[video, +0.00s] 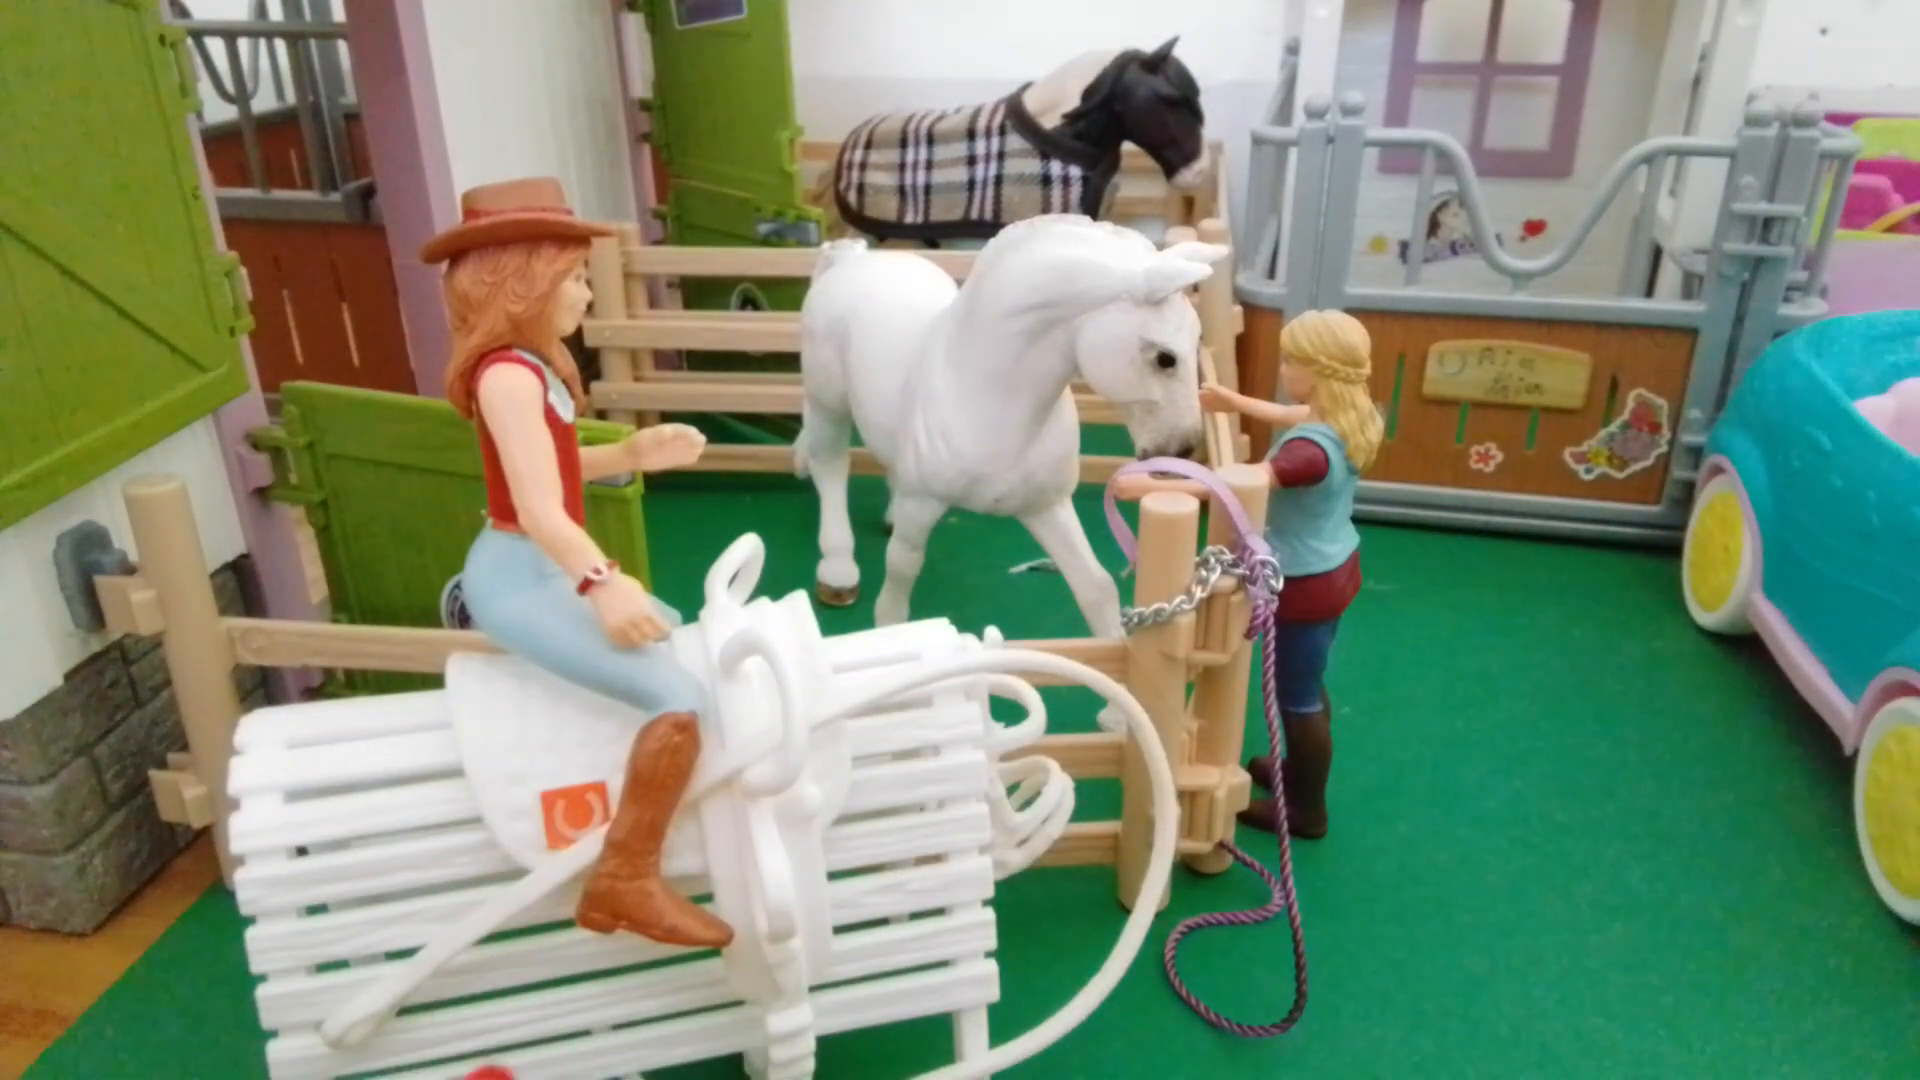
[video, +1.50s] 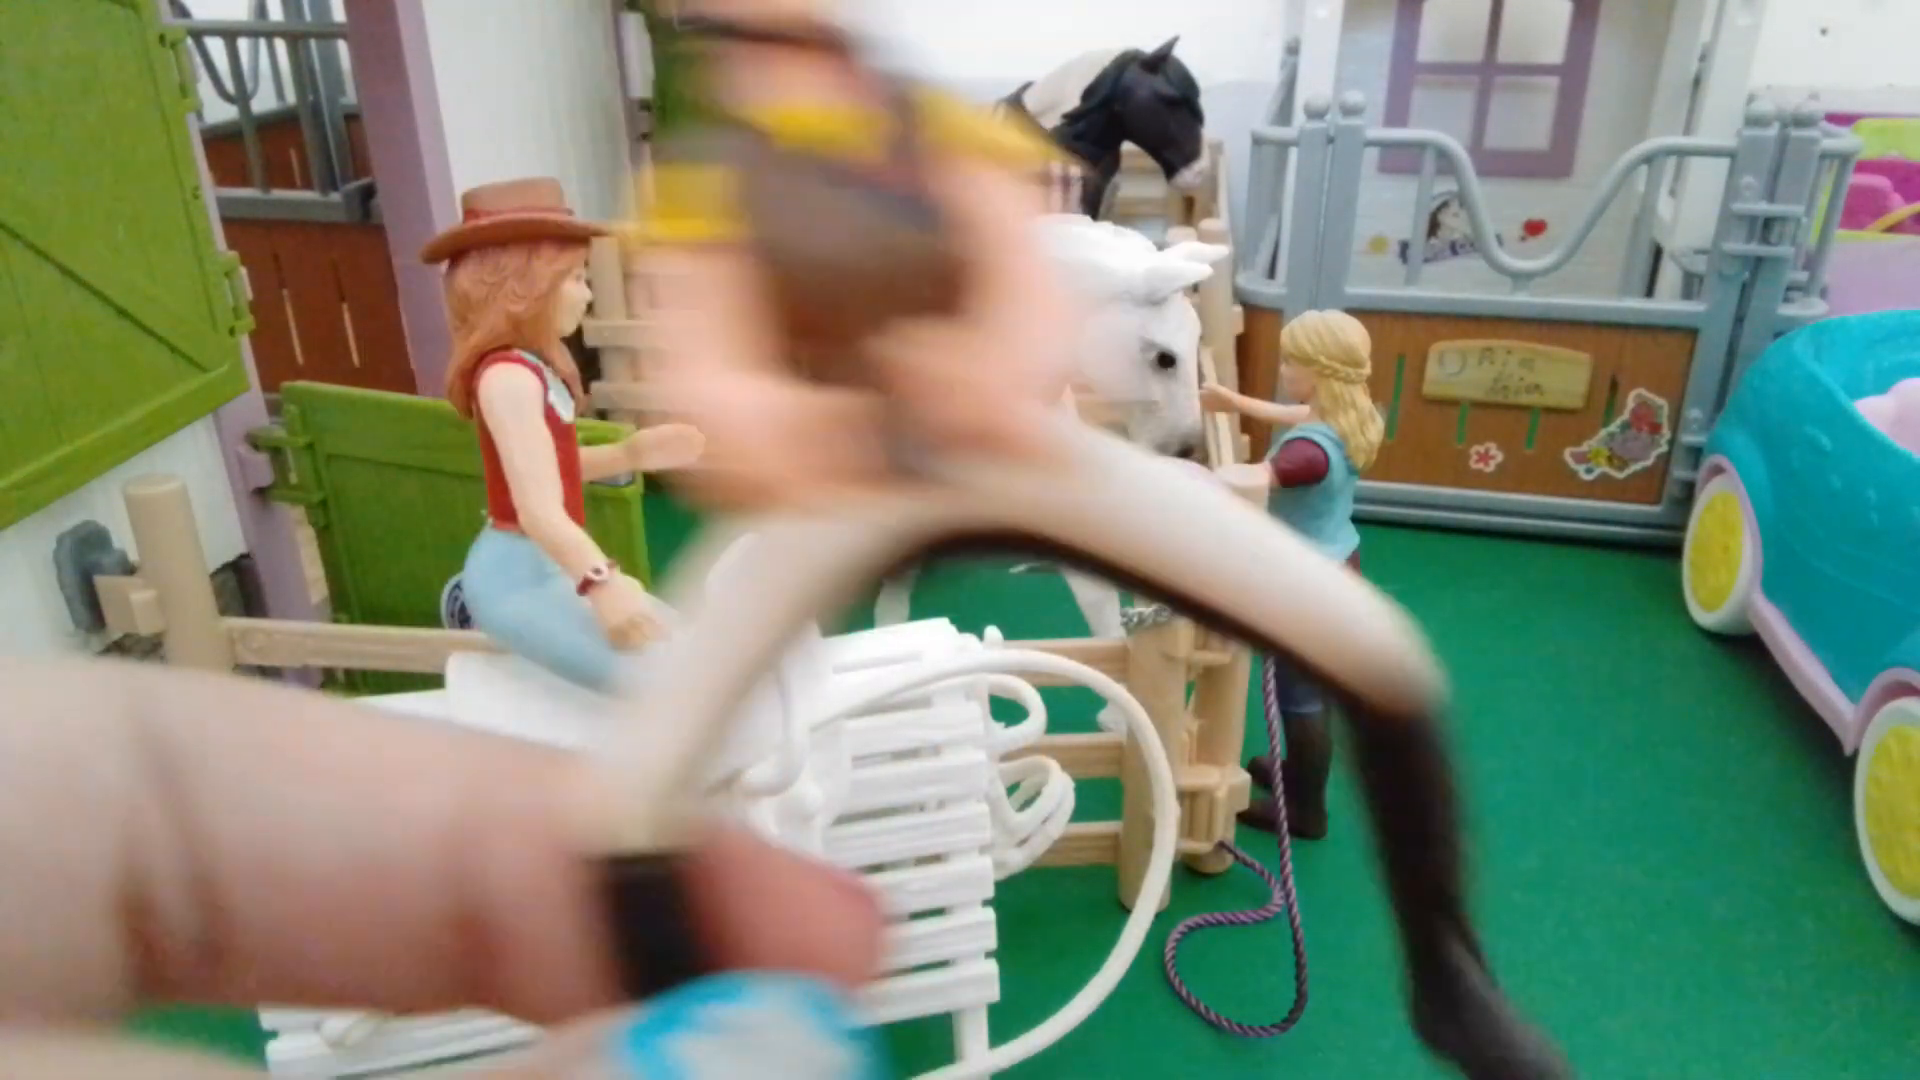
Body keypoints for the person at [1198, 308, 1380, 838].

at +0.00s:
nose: (1282, 370)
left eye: (1289, 361)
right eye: (1284, 360)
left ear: (1318, 372)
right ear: (1337, 372)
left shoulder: (1315, 447)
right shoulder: (1348, 417)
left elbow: (1252, 478)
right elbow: (1288, 416)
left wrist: (1165, 484)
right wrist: (1235, 400)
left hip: (1304, 587)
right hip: (1332, 566)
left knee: (1299, 699)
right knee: (1301, 681)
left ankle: (1304, 811)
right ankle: (1300, 773)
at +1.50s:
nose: (1281, 371)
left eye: (1290, 363)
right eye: (1284, 361)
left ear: (1317, 374)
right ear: (1336, 373)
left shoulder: (1315, 448)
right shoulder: (1346, 419)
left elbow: (1253, 479)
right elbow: (1292, 415)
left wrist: (1193, 479)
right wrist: (1236, 401)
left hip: (1309, 579)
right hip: (1333, 565)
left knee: (1297, 691)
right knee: (1299, 676)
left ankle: (1302, 809)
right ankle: (1298, 771)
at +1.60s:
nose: (1280, 373)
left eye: (1290, 363)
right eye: (1283, 362)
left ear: (1314, 373)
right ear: (1347, 369)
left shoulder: (1316, 438)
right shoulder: (1356, 422)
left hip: (1310, 574)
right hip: (1335, 564)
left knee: (1296, 688)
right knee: (1304, 680)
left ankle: (1303, 806)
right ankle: (1295, 772)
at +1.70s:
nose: (1281, 373)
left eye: (1290, 363)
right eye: (1286, 363)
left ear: (1308, 373)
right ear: (1349, 372)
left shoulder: (1311, 444)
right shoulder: (1336, 432)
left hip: (1316, 573)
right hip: (1337, 562)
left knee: (1304, 697)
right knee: (1304, 685)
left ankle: (1303, 806)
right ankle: (1294, 773)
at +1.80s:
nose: (1282, 371)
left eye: (1290, 362)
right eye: (1285, 360)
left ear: (1317, 373)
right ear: (1332, 372)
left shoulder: (1312, 448)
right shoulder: (1349, 417)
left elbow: (1248, 478)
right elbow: (1292, 415)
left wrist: (1187, 475)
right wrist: (1235, 400)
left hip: (1308, 586)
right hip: (1340, 564)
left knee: (1300, 694)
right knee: (1300, 674)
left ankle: (1303, 809)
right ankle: (1293, 766)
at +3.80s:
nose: (1282, 371)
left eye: (1290, 362)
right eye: (1285, 360)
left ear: (1318, 372)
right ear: (1336, 372)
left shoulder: (1314, 447)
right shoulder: (1349, 417)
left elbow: (1250, 478)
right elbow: (1290, 416)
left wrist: (1165, 484)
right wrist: (1236, 401)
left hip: (1304, 587)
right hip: (1334, 564)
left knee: (1295, 698)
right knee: (1305, 683)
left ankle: (1307, 811)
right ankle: (1309, 788)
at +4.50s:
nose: (1282, 369)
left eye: (1291, 359)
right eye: (1284, 358)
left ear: (1310, 372)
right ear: (1340, 372)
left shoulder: (1317, 444)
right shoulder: (1347, 421)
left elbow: (1258, 475)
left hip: (1308, 579)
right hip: (1335, 559)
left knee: (1299, 699)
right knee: (1308, 685)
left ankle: (1305, 804)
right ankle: (1306, 791)